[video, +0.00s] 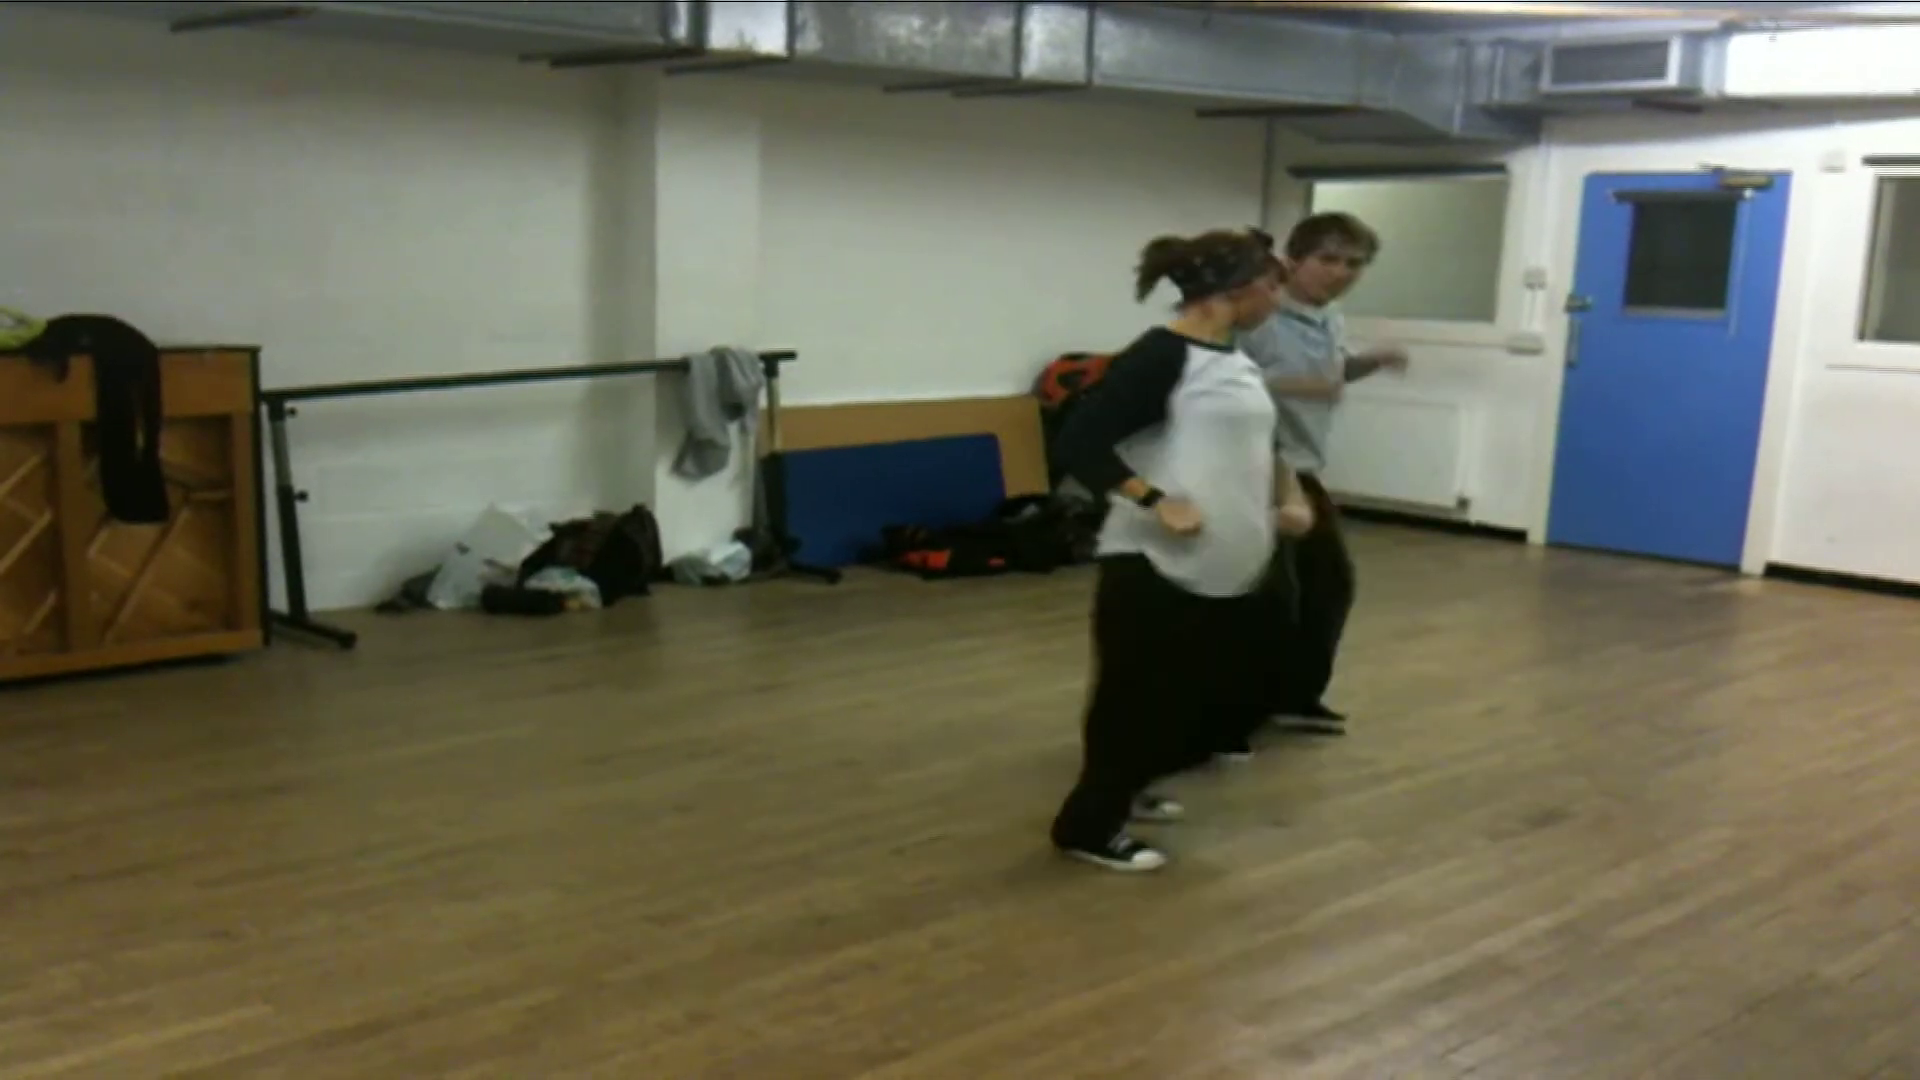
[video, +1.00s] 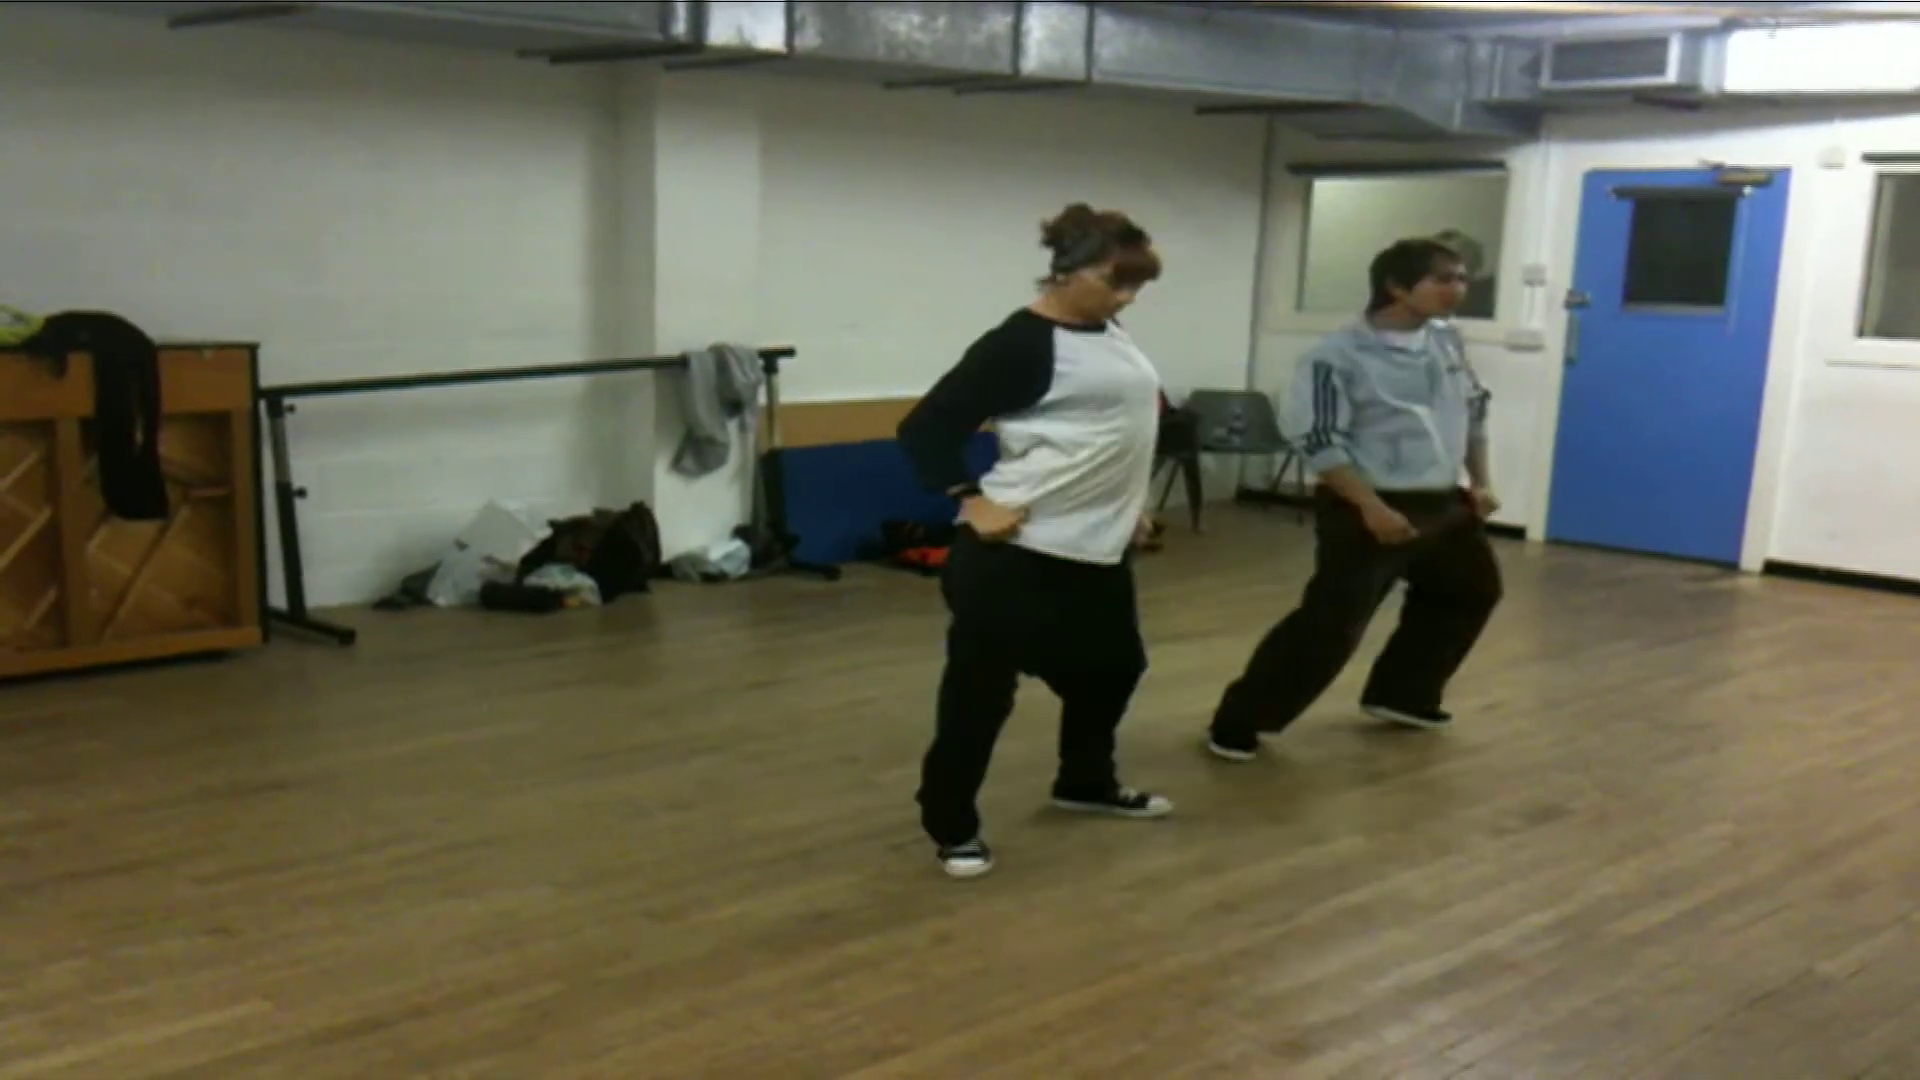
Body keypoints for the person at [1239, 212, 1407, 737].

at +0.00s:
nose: (1342, 274)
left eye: (1352, 265)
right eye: (1332, 260)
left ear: (1356, 272)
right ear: (1296, 260)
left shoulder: (1327, 321)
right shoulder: (1257, 316)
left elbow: (1328, 373)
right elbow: (1233, 379)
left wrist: (1373, 362)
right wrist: (1296, 385)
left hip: (1305, 473)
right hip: (1263, 472)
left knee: (1332, 581)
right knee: (1273, 590)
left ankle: (1300, 695)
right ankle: (1243, 707)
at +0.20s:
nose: (1386, 316)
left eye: (1395, 307)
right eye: (1375, 303)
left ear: (1399, 315)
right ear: (1335, 303)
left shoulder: (1362, 372)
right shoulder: (1279, 357)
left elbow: (1339, 446)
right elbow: (1217, 444)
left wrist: (1340, 497)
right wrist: (1249, 514)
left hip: (1308, 514)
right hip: (1244, 514)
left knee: (1341, 606)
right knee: (1261, 617)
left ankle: (1293, 701)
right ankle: (1199, 725)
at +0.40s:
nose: (1416, 347)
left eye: (1420, 337)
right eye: (1408, 333)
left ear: (1372, 335)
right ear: (1364, 330)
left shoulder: (1368, 389)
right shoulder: (1293, 363)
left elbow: (1310, 453)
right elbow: (1272, 459)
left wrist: (1328, 498)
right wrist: (1307, 507)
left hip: (1297, 511)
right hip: (1240, 508)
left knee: (1368, 596)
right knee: (1267, 621)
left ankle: (1299, 689)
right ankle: (1187, 723)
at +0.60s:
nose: (1458, 330)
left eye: (1457, 319)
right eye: (1446, 320)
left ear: (1410, 330)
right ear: (1403, 328)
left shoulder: (1399, 380)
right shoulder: (1368, 375)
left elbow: (1321, 441)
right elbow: (1283, 443)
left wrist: (1341, 495)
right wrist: (1280, 520)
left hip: (1308, 498)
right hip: (1252, 495)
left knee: (1359, 580)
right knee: (1269, 622)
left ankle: (1393, 691)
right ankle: (1181, 726)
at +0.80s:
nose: (1455, 292)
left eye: (1455, 282)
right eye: (1444, 281)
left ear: (1406, 291)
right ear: (1398, 289)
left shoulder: (1414, 353)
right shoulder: (1355, 355)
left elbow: (1392, 441)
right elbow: (1315, 449)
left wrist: (1411, 509)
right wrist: (1347, 514)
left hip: (1388, 504)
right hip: (1334, 503)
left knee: (1419, 583)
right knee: (1307, 616)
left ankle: (1396, 693)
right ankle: (1202, 715)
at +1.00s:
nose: (1456, 289)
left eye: (1456, 280)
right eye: (1444, 280)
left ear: (1409, 291)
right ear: (1401, 289)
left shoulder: (1444, 342)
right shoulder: (1336, 357)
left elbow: (1472, 412)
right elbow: (1321, 449)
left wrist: (1479, 482)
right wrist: (1371, 507)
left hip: (1440, 506)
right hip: (1365, 510)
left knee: (1469, 590)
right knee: (1330, 625)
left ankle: (1400, 692)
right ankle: (1237, 721)